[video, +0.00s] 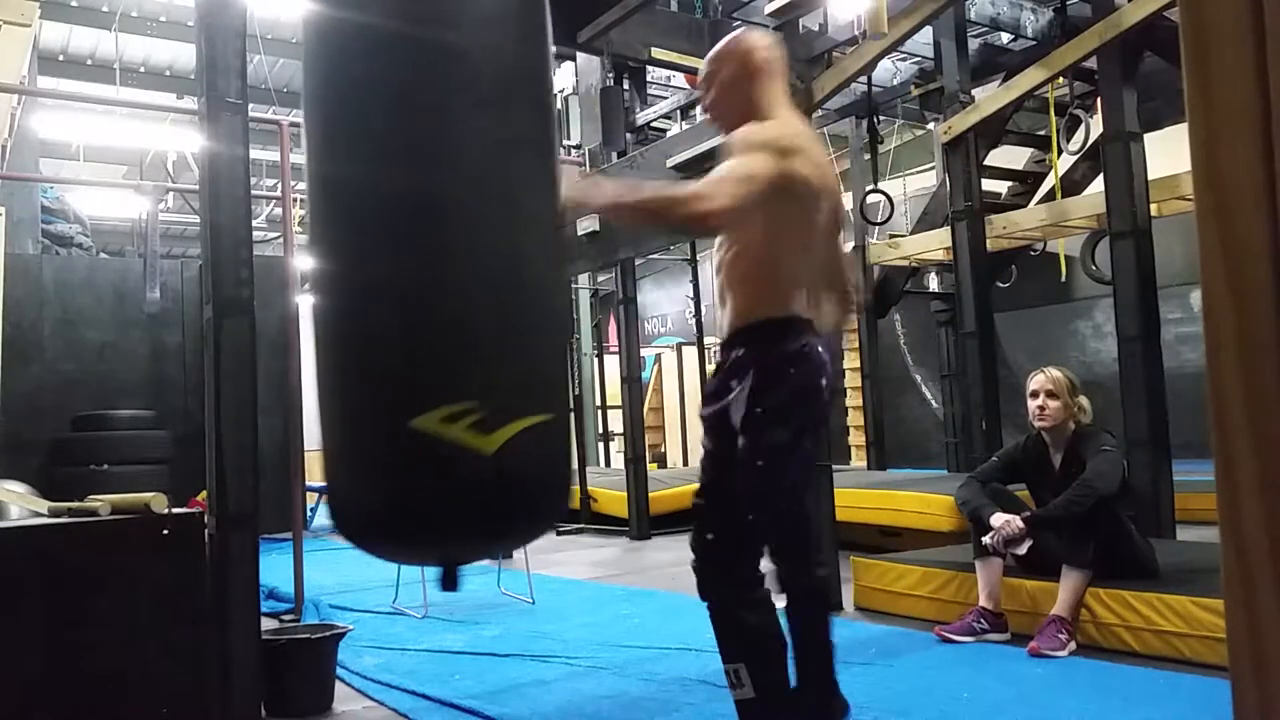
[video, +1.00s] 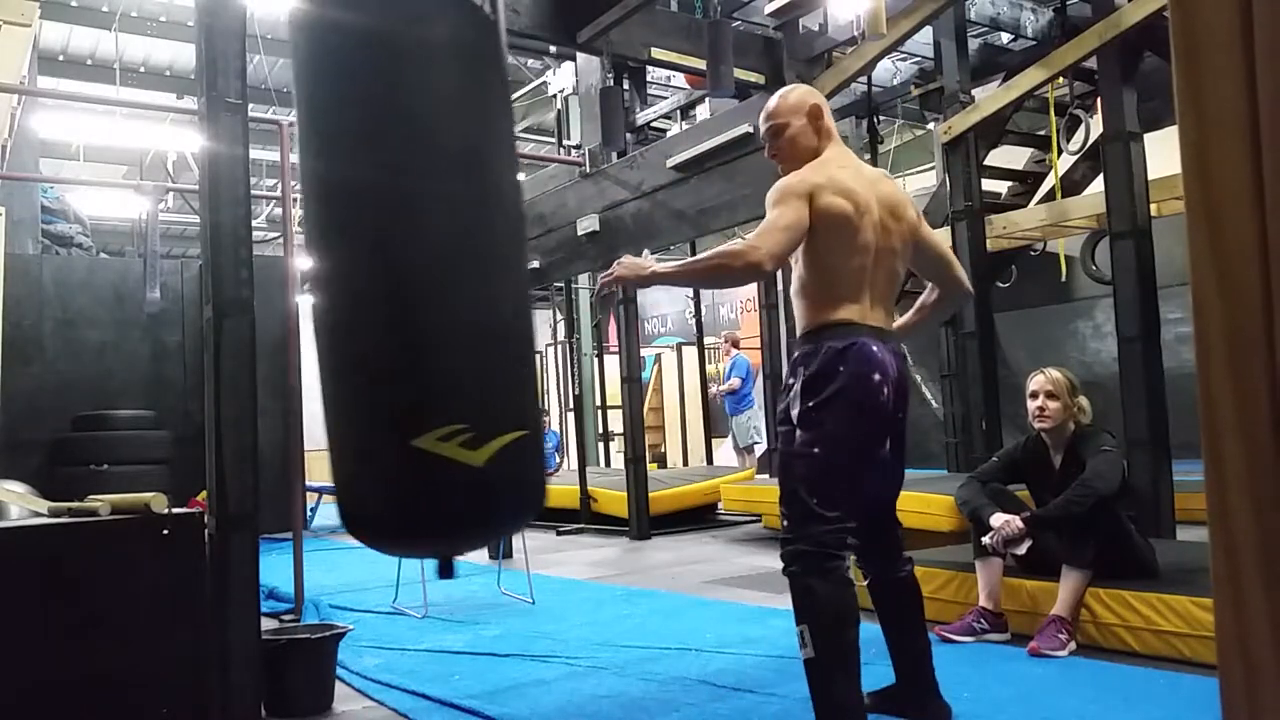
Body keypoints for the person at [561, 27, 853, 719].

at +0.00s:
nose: (707, 108)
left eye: (709, 92)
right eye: (704, 96)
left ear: (742, 77)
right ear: (770, 77)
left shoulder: (763, 141)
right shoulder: (812, 151)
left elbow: (709, 206)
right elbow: (841, 283)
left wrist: (590, 191)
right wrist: (819, 354)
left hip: (763, 363)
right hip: (805, 359)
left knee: (722, 549)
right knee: (801, 544)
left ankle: (767, 705)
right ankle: (818, 699)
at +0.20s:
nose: (701, 172)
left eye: (696, 156)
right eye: (696, 159)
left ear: (716, 133)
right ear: (751, 127)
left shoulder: (730, 189)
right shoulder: (829, 190)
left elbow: (691, 298)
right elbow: (930, 254)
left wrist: (632, 309)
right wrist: (930, 350)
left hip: (779, 383)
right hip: (826, 380)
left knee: (750, 563)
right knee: (781, 560)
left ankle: (788, 710)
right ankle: (820, 708)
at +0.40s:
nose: (720, 160)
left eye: (715, 148)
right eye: (713, 151)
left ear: (733, 121)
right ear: (756, 108)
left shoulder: (750, 163)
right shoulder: (841, 151)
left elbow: (751, 263)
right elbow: (923, 220)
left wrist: (681, 287)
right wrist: (875, 299)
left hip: (801, 343)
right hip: (849, 337)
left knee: (777, 524)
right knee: (824, 515)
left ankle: (803, 701)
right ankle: (855, 670)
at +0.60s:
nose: (743, 167)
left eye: (748, 150)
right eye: (737, 158)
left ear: (789, 135)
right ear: (796, 142)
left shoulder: (784, 201)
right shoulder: (866, 195)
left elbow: (770, 290)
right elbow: (923, 281)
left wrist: (678, 305)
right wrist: (866, 314)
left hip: (827, 383)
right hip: (872, 379)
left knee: (785, 549)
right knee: (857, 541)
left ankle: (831, 708)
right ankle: (915, 690)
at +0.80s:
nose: (754, 148)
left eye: (761, 132)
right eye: (749, 137)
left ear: (803, 116)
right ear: (812, 124)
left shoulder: (793, 182)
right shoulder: (879, 186)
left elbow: (756, 261)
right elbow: (938, 276)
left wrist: (658, 286)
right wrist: (886, 318)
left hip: (828, 366)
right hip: (877, 363)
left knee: (803, 542)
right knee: (873, 530)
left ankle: (833, 709)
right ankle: (917, 690)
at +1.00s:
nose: (768, 146)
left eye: (776, 131)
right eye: (763, 137)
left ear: (818, 118)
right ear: (825, 127)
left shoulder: (803, 184)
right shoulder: (891, 191)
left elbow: (758, 257)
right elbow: (953, 286)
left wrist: (654, 270)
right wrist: (893, 330)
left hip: (831, 366)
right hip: (887, 367)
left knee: (814, 547)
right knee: (878, 535)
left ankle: (840, 709)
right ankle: (919, 692)